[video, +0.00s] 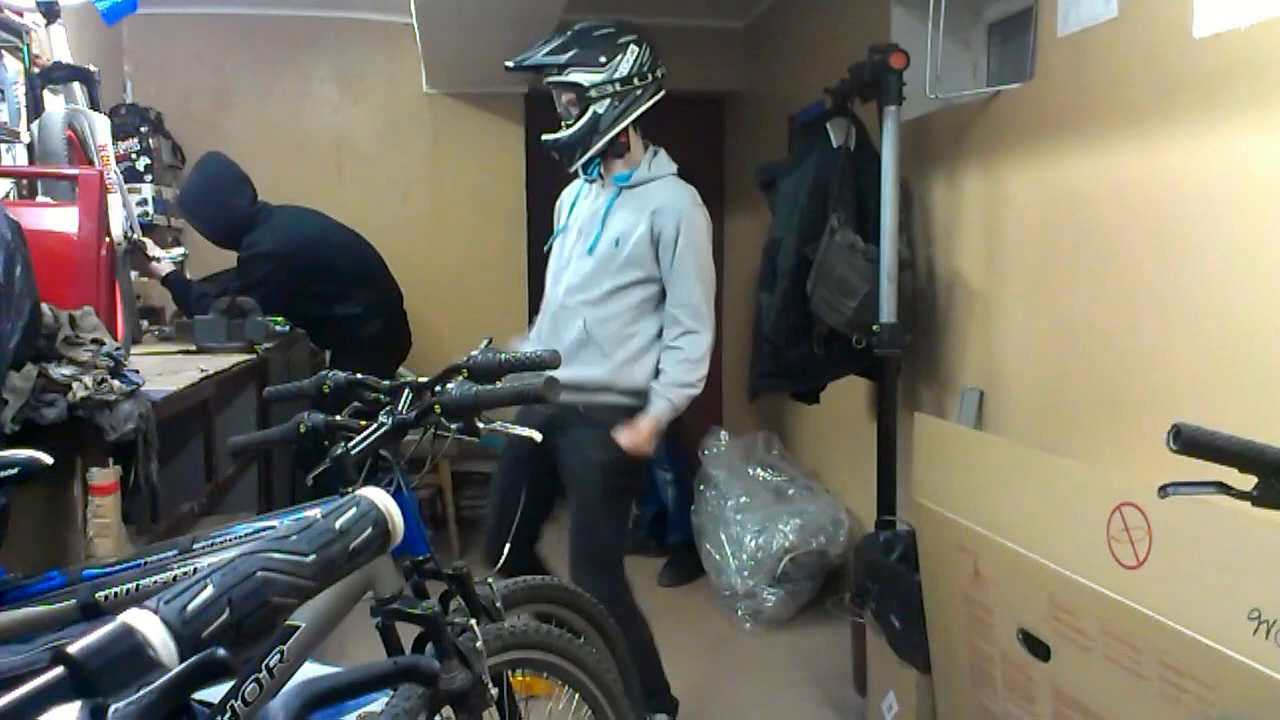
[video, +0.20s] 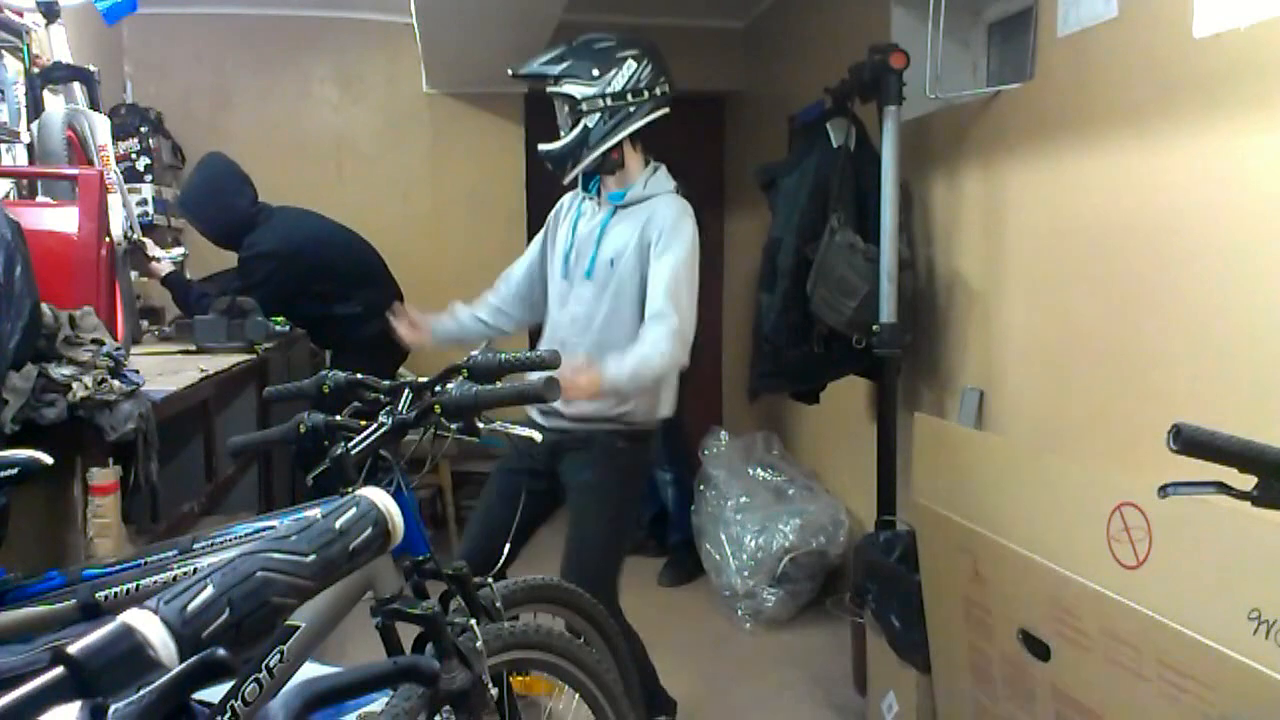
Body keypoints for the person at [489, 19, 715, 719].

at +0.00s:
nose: (559, 112)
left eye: (572, 97)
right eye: (558, 98)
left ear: (619, 105)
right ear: (604, 109)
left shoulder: (674, 204)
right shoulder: (576, 196)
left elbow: (692, 332)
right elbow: (558, 309)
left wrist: (656, 417)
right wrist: (517, 383)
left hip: (609, 417)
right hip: (544, 405)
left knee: (596, 581)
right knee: (502, 548)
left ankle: (653, 705)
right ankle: (561, 654)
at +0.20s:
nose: (558, 120)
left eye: (571, 106)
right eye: (560, 106)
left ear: (616, 114)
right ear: (608, 119)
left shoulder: (669, 219)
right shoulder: (570, 211)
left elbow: (669, 343)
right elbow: (506, 306)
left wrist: (605, 377)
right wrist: (432, 327)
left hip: (612, 436)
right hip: (541, 426)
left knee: (586, 599)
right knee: (473, 568)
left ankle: (650, 706)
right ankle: (450, 693)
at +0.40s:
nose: (536, 106)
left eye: (548, 92)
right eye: (537, 92)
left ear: (593, 97)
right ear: (578, 100)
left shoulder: (650, 206)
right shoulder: (559, 193)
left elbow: (662, 344)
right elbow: (529, 308)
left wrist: (602, 427)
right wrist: (479, 387)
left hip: (572, 423)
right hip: (506, 407)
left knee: (563, 586)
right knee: (434, 535)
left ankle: (638, 698)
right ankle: (460, 669)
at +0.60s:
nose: (491, 129)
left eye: (501, 113)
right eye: (493, 113)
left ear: (541, 120)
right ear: (538, 124)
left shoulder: (591, 216)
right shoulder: (513, 210)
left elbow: (561, 336)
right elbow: (458, 305)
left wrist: (459, 360)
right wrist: (387, 321)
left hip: (555, 437)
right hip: (490, 426)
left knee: (550, 601)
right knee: (407, 531)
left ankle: (643, 700)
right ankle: (443, 667)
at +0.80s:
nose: (440, 108)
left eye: (448, 91)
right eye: (440, 92)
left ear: (487, 91)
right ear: (491, 93)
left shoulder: (534, 195)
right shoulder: (485, 188)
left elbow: (545, 338)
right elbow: (461, 307)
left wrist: (476, 421)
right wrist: (413, 394)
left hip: (464, 424)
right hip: (426, 413)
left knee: (480, 583)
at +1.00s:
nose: (404, 122)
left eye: (411, 105)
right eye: (405, 107)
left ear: (446, 107)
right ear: (455, 109)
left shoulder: (491, 207)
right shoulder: (453, 202)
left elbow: (438, 329)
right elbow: (412, 310)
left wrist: (333, 348)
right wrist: (337, 328)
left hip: (464, 431)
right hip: (432, 422)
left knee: (452, 601)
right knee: (428, 594)